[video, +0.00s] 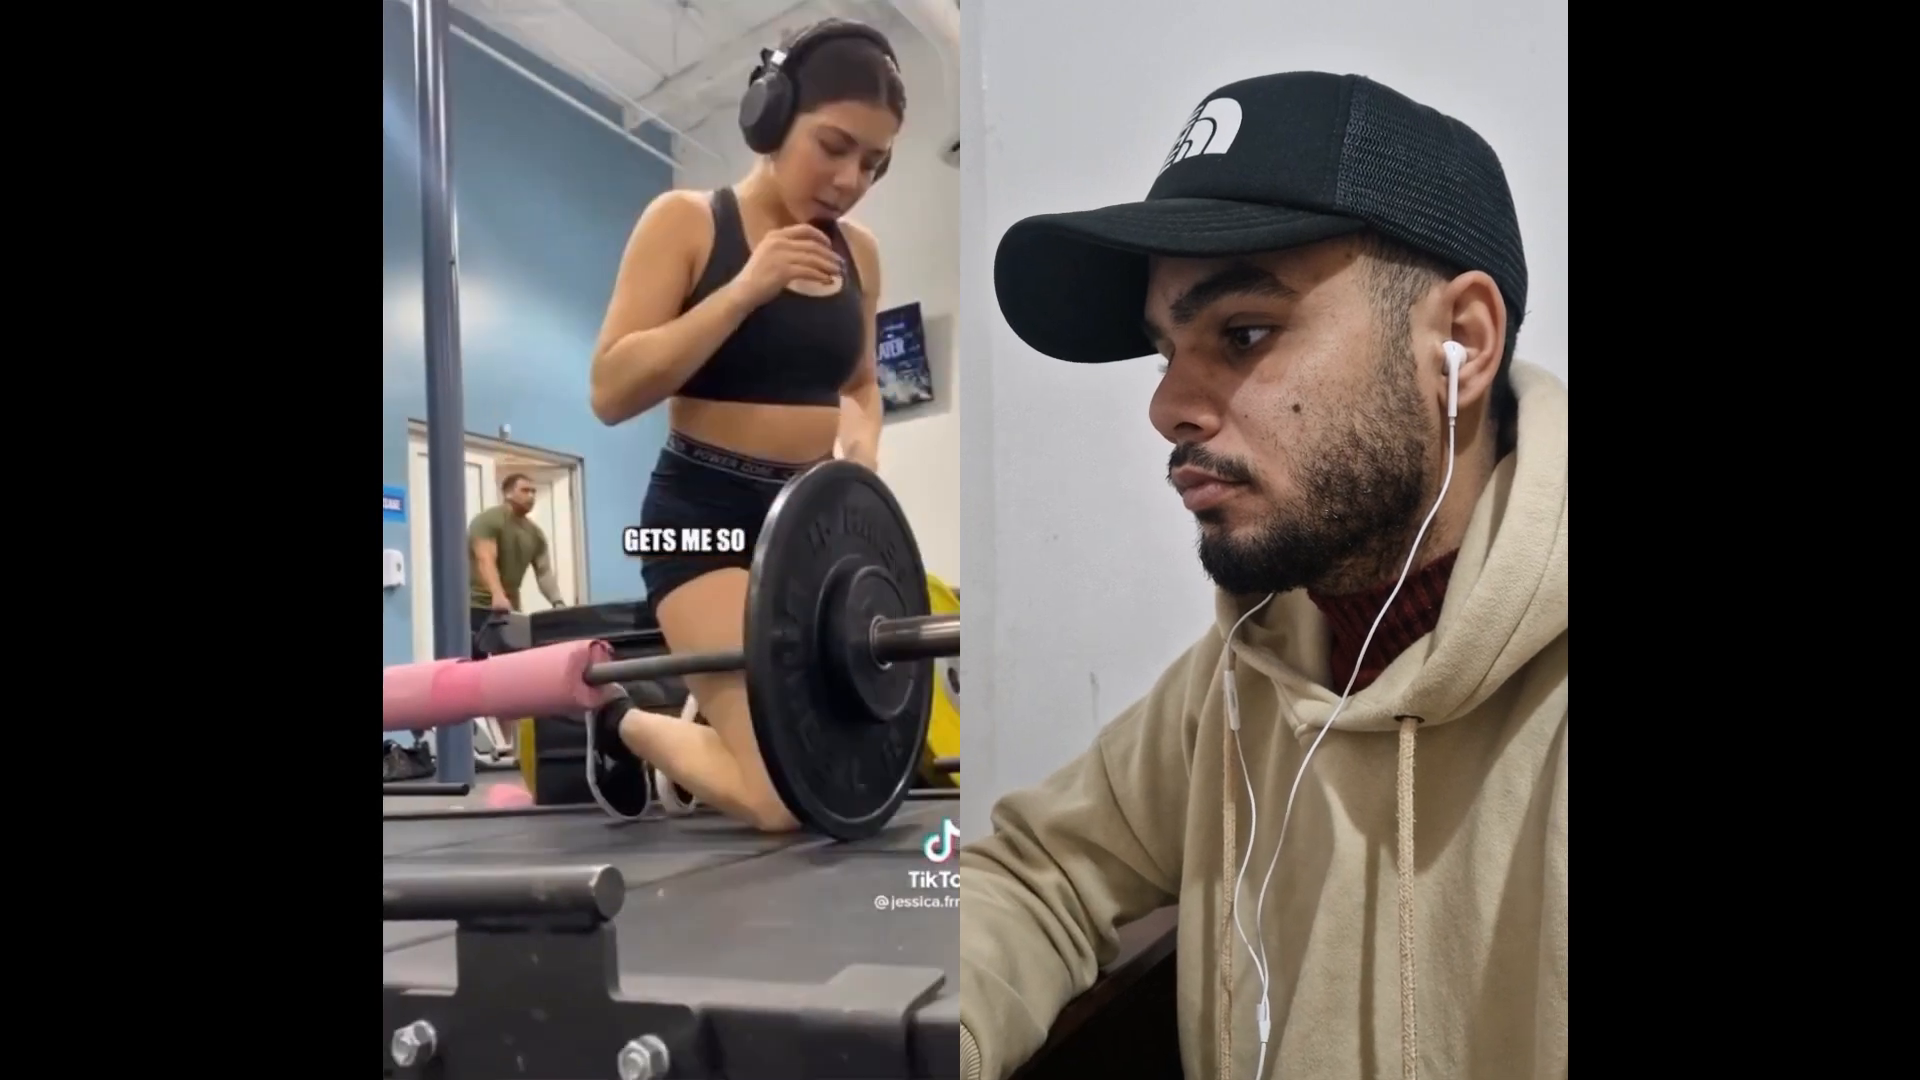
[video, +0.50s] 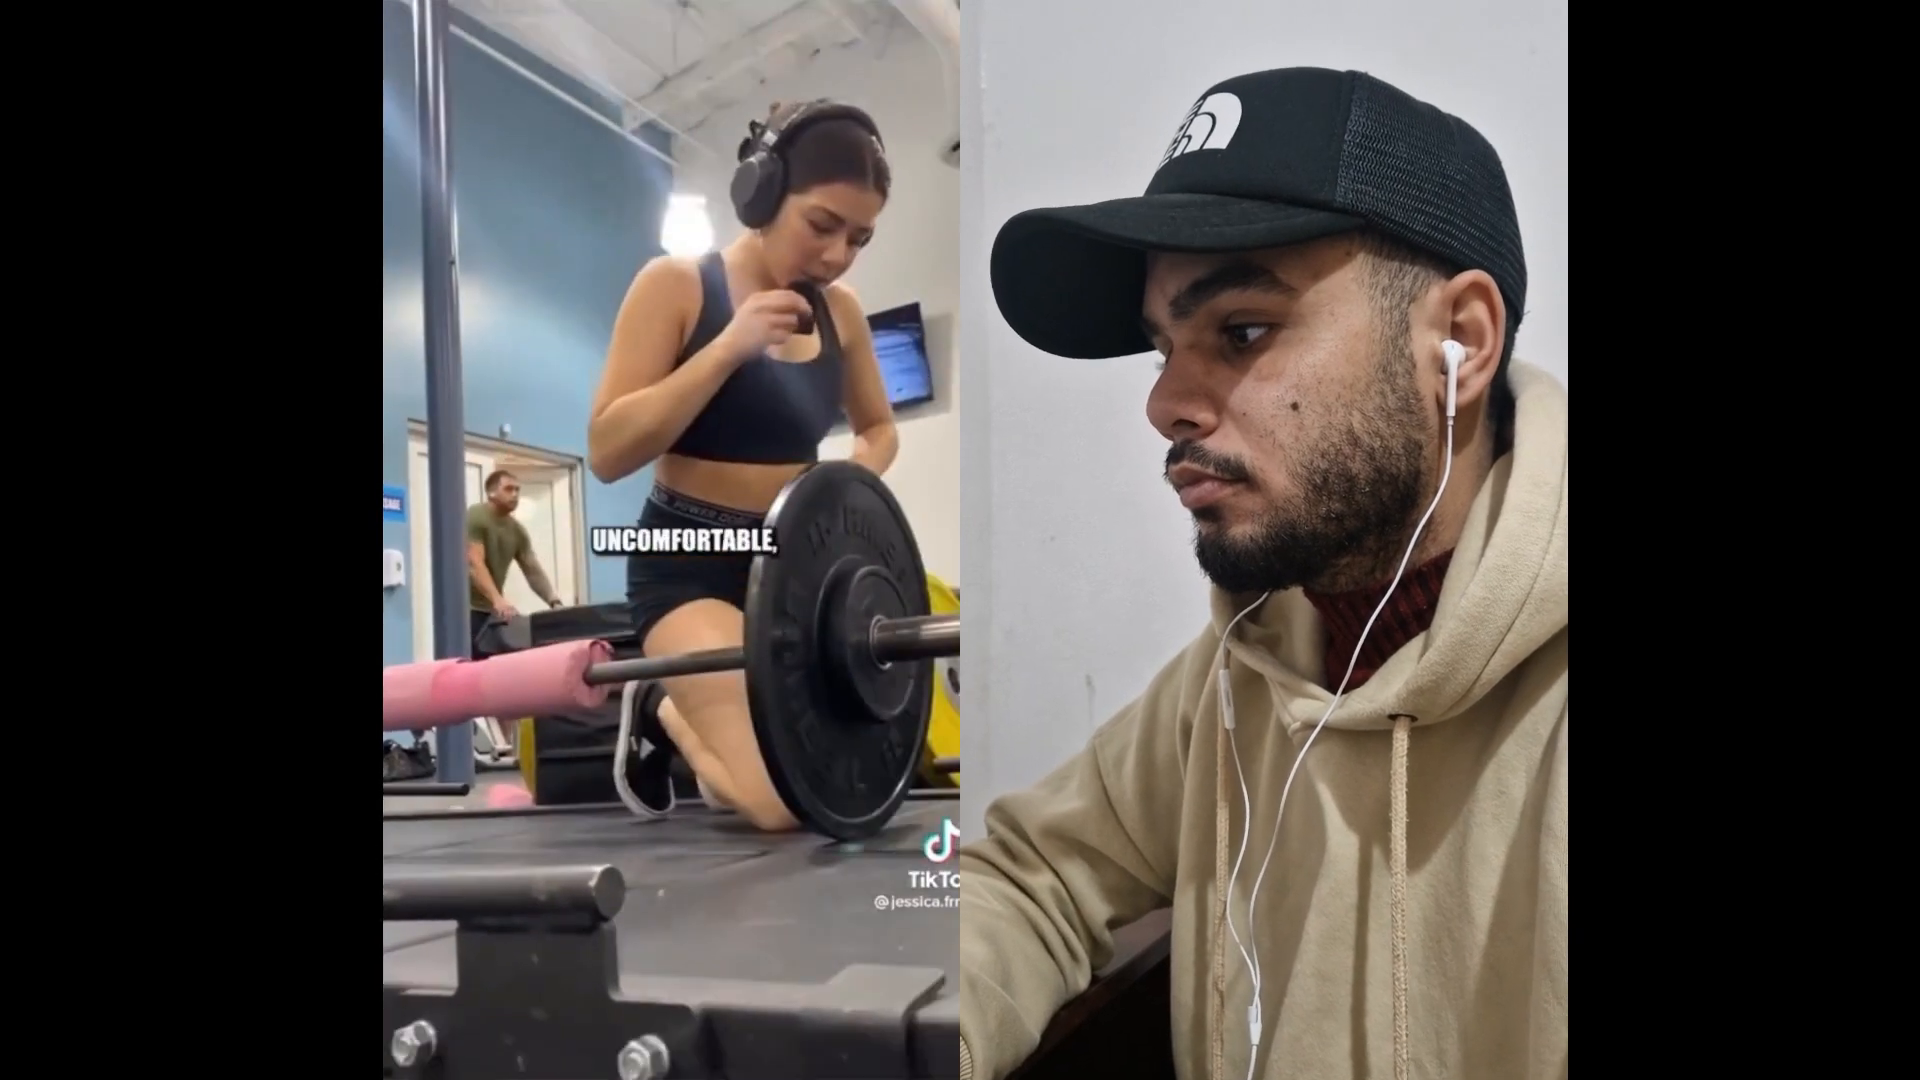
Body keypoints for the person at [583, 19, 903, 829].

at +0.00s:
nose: (850, 179)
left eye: (873, 161)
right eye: (834, 146)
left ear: (887, 159)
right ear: (777, 119)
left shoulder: (856, 250)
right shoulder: (685, 221)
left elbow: (860, 388)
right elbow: (611, 392)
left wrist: (854, 457)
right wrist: (742, 291)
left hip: (819, 512)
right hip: (708, 505)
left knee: (837, 784)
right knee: (782, 799)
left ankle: (702, 735)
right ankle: (626, 721)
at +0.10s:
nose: (845, 179)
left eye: (868, 160)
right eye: (827, 146)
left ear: (882, 156)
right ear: (771, 122)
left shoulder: (855, 246)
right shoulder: (681, 224)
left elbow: (877, 380)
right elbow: (614, 400)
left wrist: (868, 445)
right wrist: (734, 293)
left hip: (820, 510)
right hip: (709, 504)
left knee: (836, 785)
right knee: (782, 801)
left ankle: (705, 761)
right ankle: (627, 711)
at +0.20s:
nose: (841, 185)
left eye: (864, 166)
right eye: (824, 153)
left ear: (878, 164)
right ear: (767, 128)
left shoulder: (853, 249)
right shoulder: (680, 231)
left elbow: (886, 378)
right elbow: (613, 408)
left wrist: (873, 440)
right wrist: (729, 297)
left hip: (822, 513)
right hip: (710, 508)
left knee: (840, 784)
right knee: (783, 803)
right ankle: (632, 698)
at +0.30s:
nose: (841, 202)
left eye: (863, 183)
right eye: (824, 171)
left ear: (876, 180)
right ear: (767, 146)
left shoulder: (851, 263)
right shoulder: (678, 247)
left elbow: (886, 389)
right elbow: (612, 419)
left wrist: (868, 448)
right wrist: (730, 307)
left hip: (820, 525)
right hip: (709, 519)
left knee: (838, 787)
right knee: (785, 804)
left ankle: (706, 726)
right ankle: (651, 699)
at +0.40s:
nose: (839, 225)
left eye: (862, 206)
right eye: (824, 194)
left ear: (875, 203)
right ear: (768, 168)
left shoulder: (846, 284)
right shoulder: (679, 265)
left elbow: (884, 410)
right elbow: (611, 433)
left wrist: (842, 483)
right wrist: (729, 325)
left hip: (806, 542)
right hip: (698, 537)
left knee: (835, 787)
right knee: (785, 807)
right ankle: (668, 704)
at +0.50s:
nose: (837, 256)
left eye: (858, 238)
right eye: (821, 225)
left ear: (870, 232)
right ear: (766, 197)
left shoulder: (838, 308)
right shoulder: (675, 286)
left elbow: (879, 432)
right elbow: (609, 453)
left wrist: (834, 495)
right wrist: (726, 349)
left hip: (805, 561)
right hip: (693, 559)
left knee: (839, 786)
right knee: (782, 805)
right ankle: (667, 714)